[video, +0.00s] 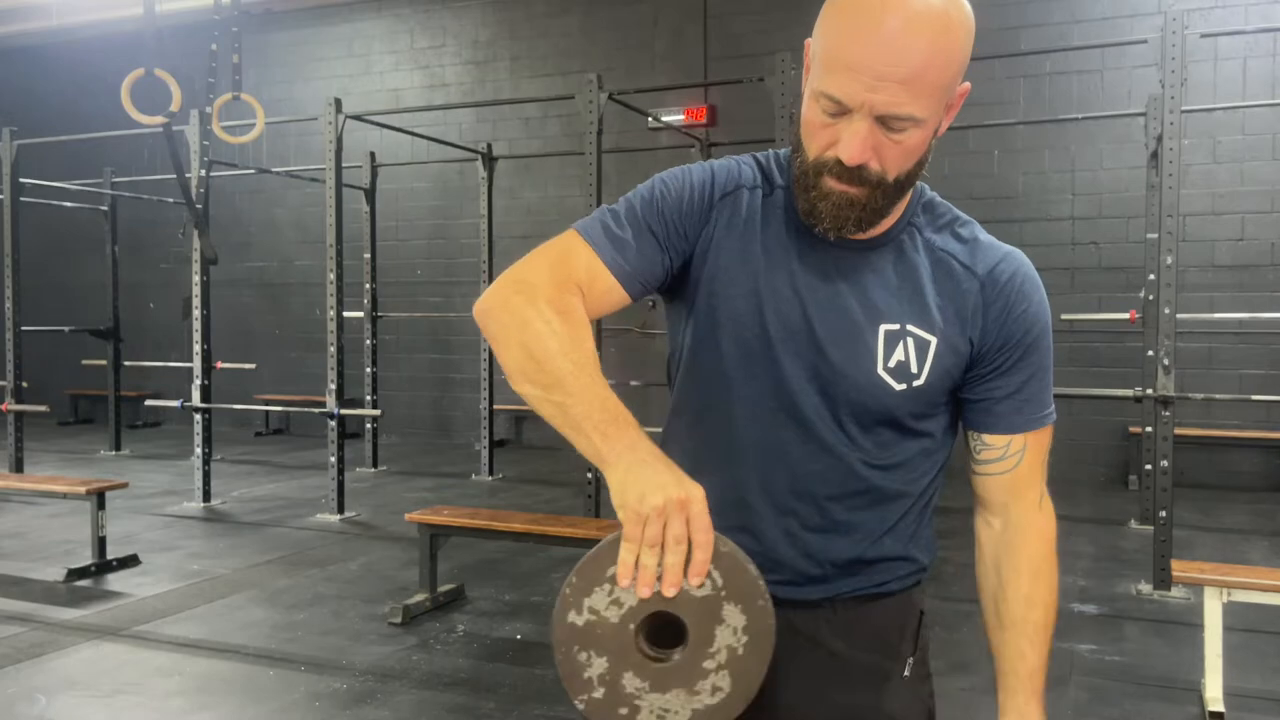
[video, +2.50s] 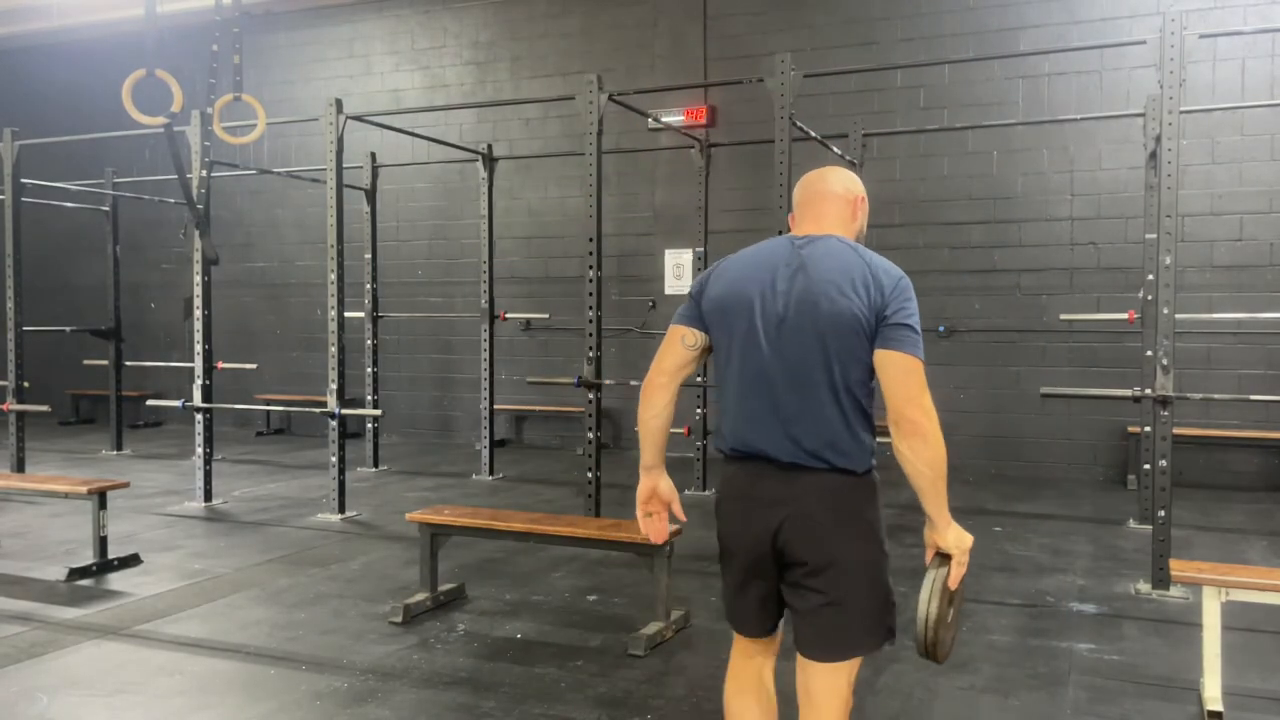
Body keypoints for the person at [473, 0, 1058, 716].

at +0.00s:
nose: (851, 152)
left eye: (893, 124)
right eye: (833, 107)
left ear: (950, 112)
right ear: (803, 67)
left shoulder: (993, 290)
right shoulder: (703, 207)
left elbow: (1013, 511)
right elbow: (518, 304)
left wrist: (1022, 705)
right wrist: (631, 460)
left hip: (863, 644)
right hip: (691, 627)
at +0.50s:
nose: (774, 158)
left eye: (806, 131)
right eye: (753, 117)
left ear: (831, 127)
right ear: (701, 84)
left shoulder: (846, 270)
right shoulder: (589, 242)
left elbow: (869, 437)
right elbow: (462, 428)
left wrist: (933, 607)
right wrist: (505, 623)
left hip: (788, 627)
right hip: (620, 626)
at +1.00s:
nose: (764, 184)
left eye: (776, 159)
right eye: (756, 149)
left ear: (682, 116)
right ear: (681, 112)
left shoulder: (678, 243)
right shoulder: (554, 247)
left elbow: (637, 421)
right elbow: (466, 461)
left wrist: (682, 531)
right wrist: (505, 668)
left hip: (671, 587)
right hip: (572, 599)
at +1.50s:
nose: (734, 206)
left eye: (740, 187)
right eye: (737, 181)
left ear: (668, 155)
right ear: (702, 154)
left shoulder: (584, 250)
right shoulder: (642, 249)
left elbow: (569, 423)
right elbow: (587, 415)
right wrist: (634, 589)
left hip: (578, 549)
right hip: (622, 555)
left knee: (611, 702)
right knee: (650, 705)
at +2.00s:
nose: (760, 207)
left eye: (756, 197)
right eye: (759, 197)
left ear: (676, 203)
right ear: (750, 197)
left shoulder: (606, 283)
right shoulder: (763, 274)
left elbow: (564, 419)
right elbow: (773, 417)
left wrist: (620, 488)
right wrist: (813, 562)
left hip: (624, 536)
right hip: (728, 547)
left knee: (620, 709)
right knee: (749, 705)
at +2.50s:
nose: (866, 223)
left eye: (863, 215)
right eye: (867, 213)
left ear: (790, 219)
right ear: (858, 210)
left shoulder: (725, 274)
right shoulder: (881, 280)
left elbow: (659, 382)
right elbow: (908, 413)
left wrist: (651, 469)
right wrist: (940, 518)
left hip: (742, 501)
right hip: (834, 507)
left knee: (751, 648)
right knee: (826, 684)